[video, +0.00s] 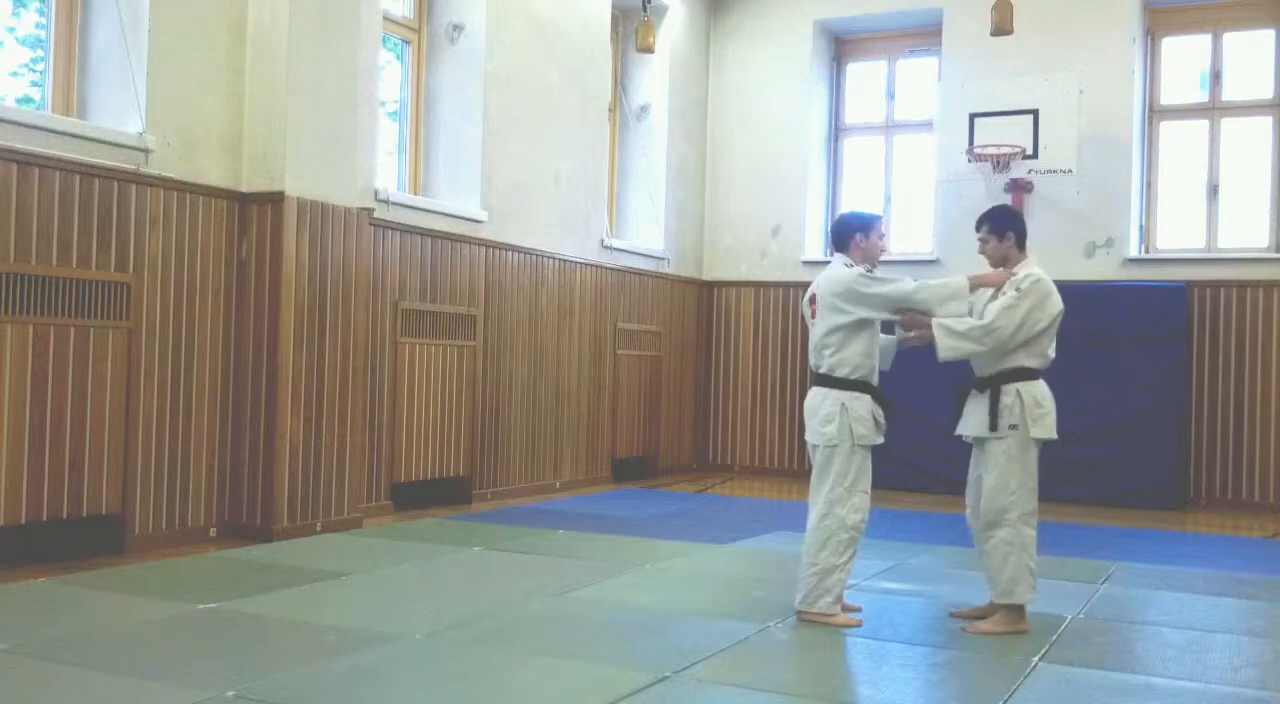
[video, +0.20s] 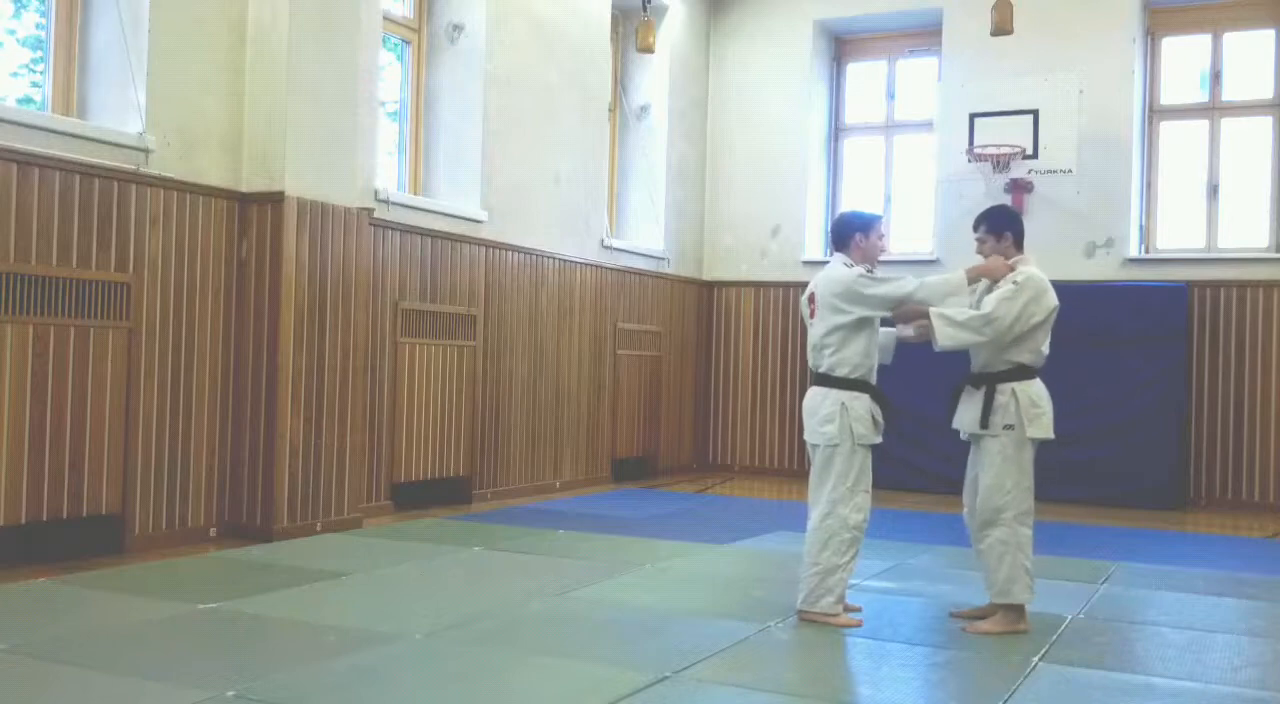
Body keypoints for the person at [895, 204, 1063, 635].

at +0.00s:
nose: (981, 250)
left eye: (986, 242)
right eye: (979, 243)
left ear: (1011, 239)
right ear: (1004, 242)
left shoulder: (1034, 284)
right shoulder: (1005, 285)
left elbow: (993, 332)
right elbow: (981, 326)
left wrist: (932, 330)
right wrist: (931, 324)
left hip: (1016, 405)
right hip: (992, 404)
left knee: (1006, 507)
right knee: (983, 506)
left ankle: (1013, 610)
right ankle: (1000, 600)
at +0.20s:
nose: (979, 252)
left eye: (984, 243)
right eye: (976, 244)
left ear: (1008, 240)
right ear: (998, 243)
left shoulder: (1030, 283)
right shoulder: (994, 285)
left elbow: (991, 325)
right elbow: (966, 322)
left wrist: (932, 320)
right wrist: (918, 324)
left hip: (1012, 405)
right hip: (989, 404)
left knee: (1002, 507)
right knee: (981, 506)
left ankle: (1012, 610)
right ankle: (1000, 600)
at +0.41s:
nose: (973, 252)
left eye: (976, 243)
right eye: (970, 244)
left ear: (1000, 239)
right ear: (998, 241)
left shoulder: (1025, 284)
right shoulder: (999, 285)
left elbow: (982, 334)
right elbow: (972, 329)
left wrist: (919, 335)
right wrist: (911, 328)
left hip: (1009, 405)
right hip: (987, 405)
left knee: (1001, 507)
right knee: (982, 506)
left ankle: (1012, 610)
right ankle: (1000, 600)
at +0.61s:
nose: (967, 252)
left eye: (971, 243)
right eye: (965, 244)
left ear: (996, 239)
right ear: (993, 242)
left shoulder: (1021, 284)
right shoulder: (996, 285)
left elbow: (980, 336)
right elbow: (969, 330)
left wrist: (918, 335)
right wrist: (911, 327)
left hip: (1005, 405)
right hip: (983, 405)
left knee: (999, 508)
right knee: (980, 507)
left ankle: (1012, 610)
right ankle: (999, 600)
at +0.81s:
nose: (961, 252)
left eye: (965, 243)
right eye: (959, 244)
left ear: (989, 239)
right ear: (985, 242)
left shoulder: (1016, 285)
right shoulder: (989, 285)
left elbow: (976, 335)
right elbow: (964, 328)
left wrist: (913, 335)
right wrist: (907, 328)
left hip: (1000, 407)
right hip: (976, 406)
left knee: (996, 510)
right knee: (973, 510)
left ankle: (1012, 611)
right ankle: (997, 600)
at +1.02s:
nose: (947, 254)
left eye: (951, 244)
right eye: (946, 246)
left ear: (976, 240)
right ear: (972, 243)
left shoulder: (1005, 285)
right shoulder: (970, 287)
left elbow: (968, 335)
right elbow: (949, 328)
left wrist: (903, 334)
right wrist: (896, 328)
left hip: (990, 406)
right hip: (957, 406)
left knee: (991, 510)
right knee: (933, 495)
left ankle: (1012, 611)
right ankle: (969, 588)